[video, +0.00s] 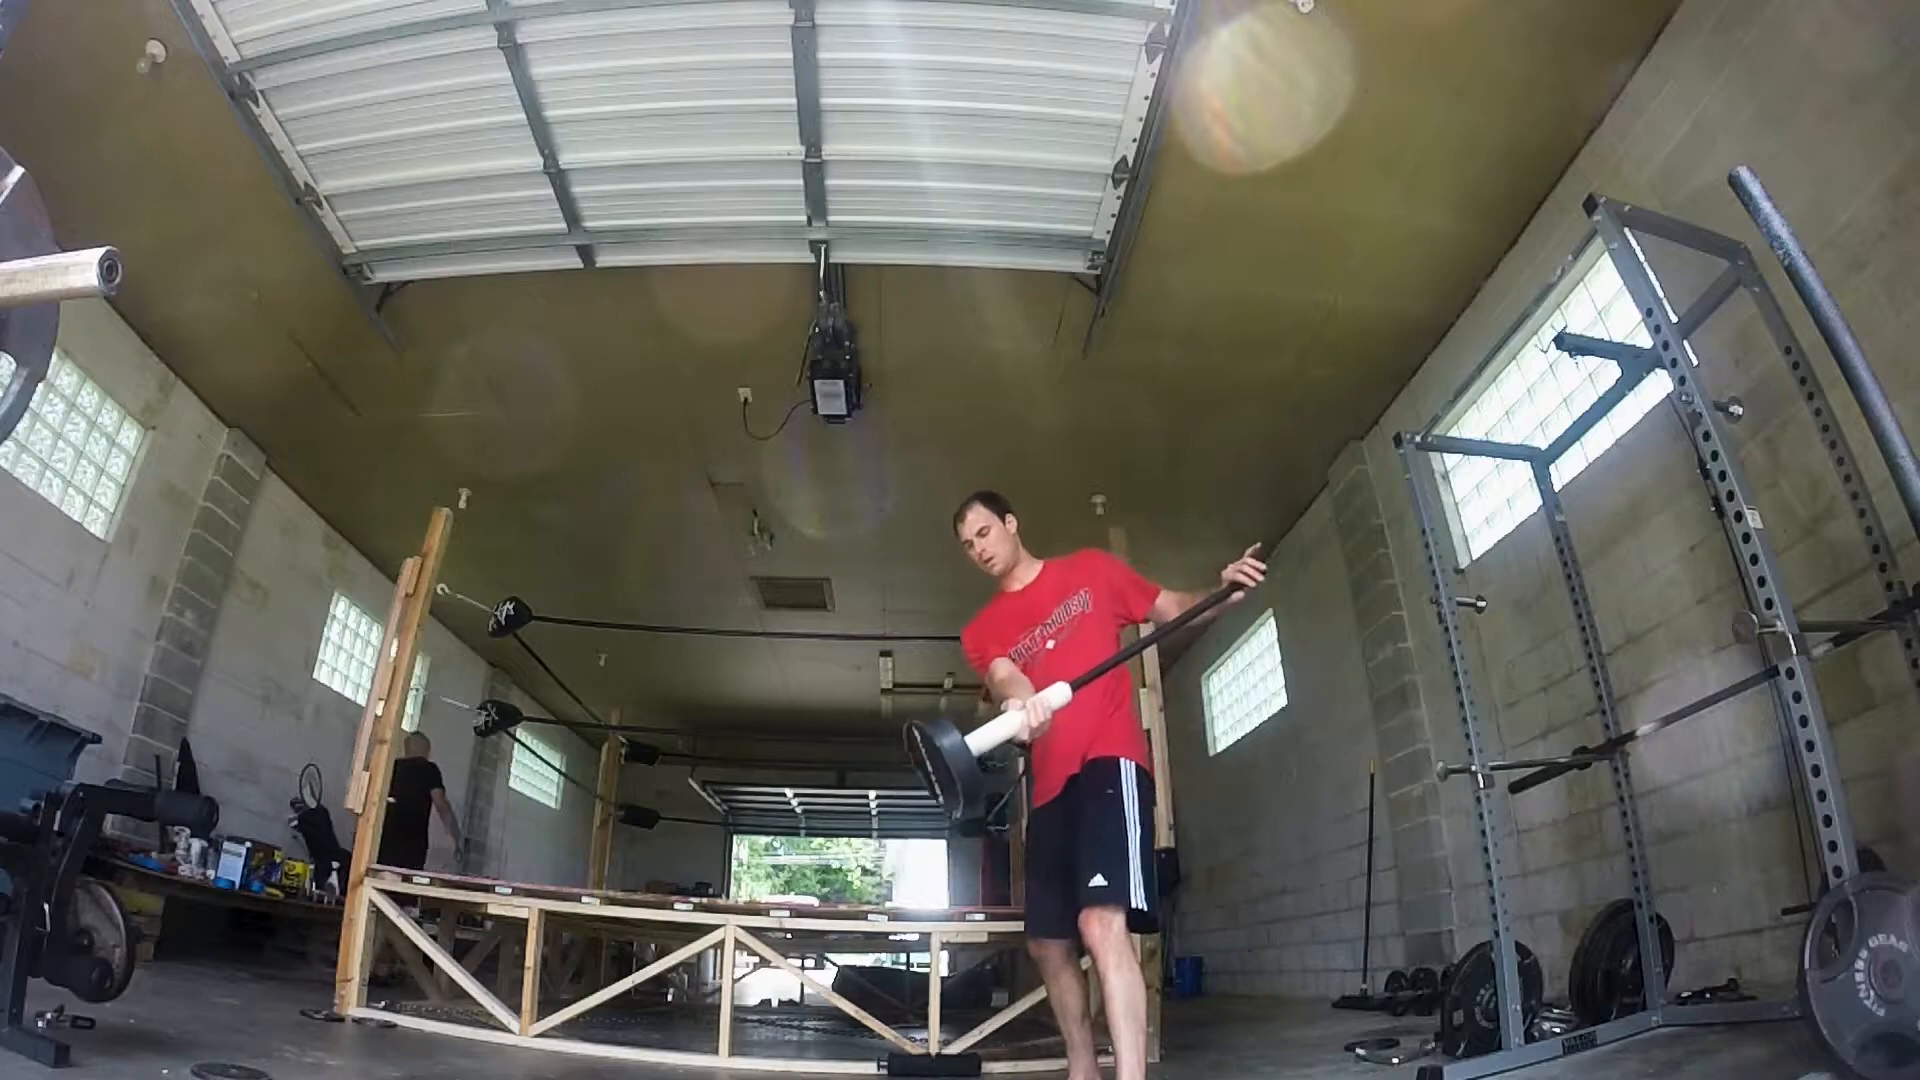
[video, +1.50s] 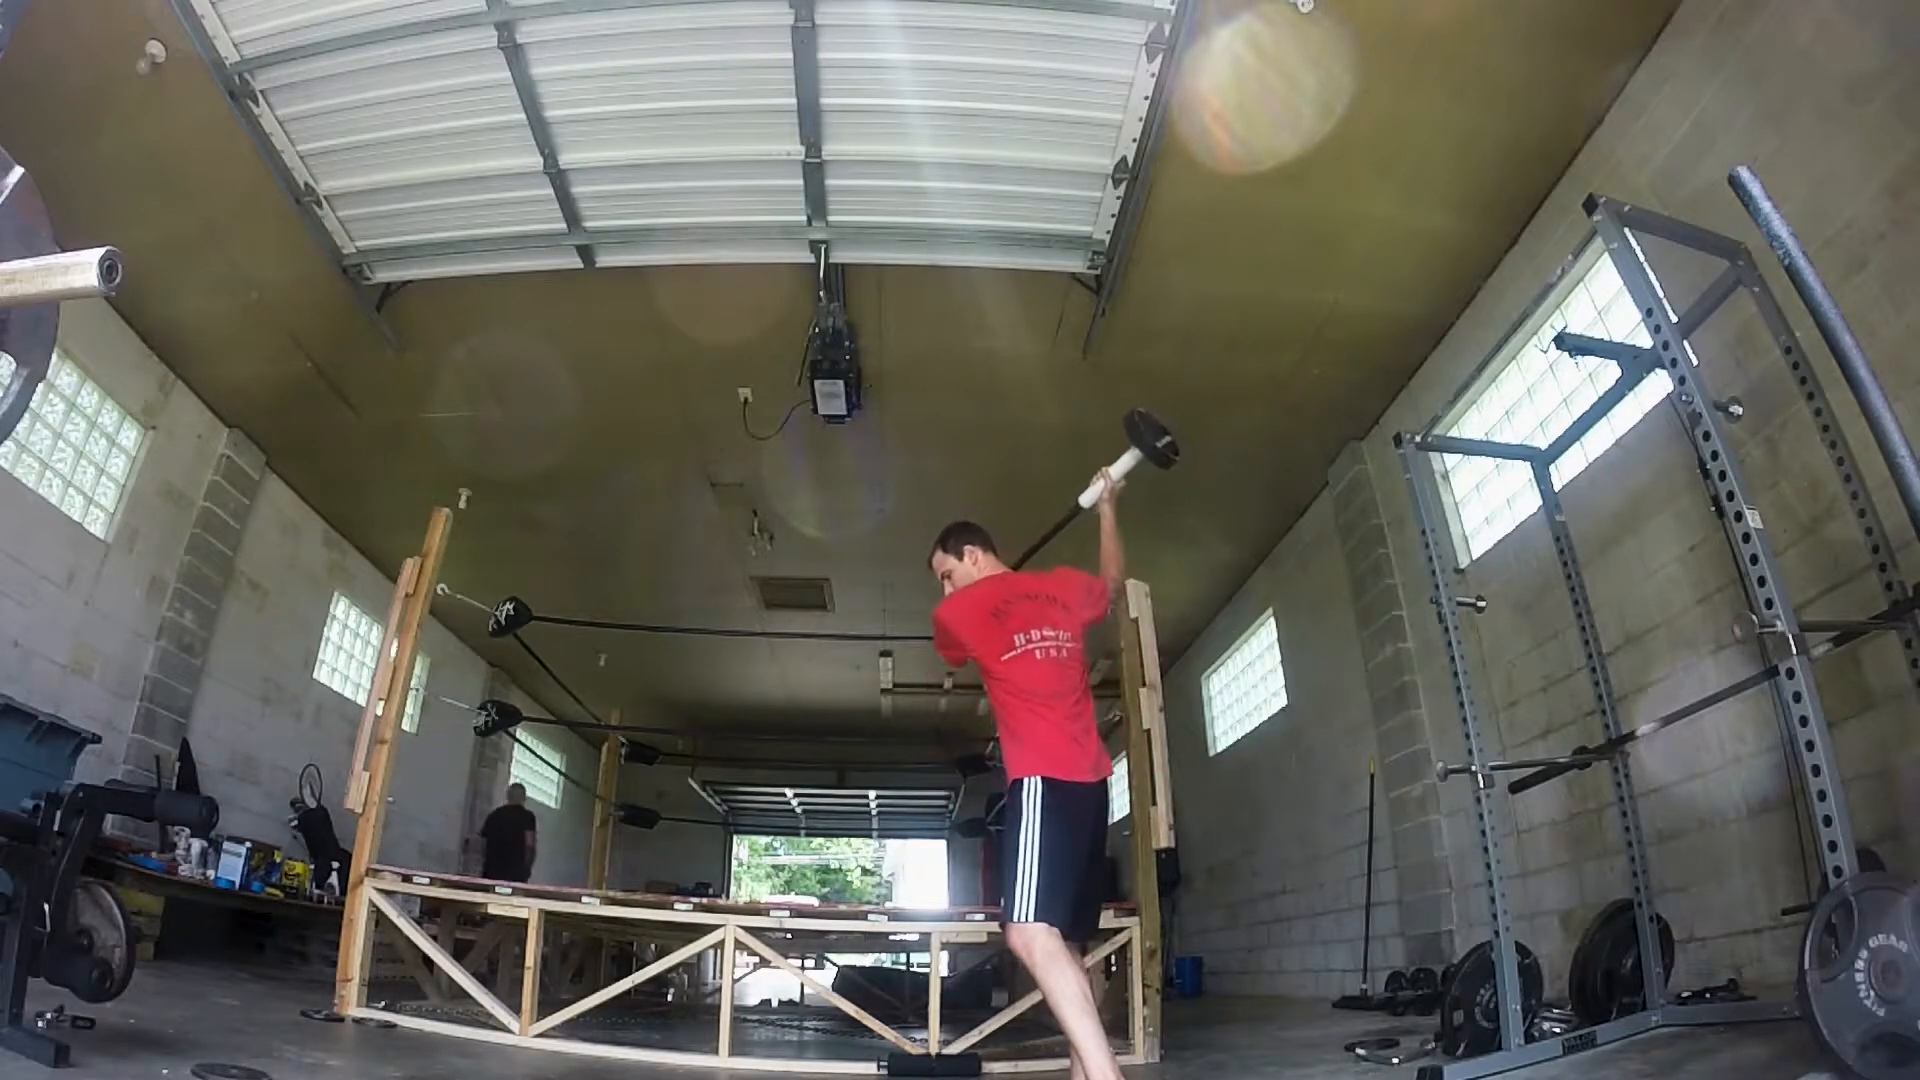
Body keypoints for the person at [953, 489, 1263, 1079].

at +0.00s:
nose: (978, 548)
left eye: (983, 532)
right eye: (968, 543)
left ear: (1011, 524)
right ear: (967, 553)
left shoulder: (1090, 569)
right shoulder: (982, 628)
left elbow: (1175, 609)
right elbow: (1001, 679)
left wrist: (1224, 589)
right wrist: (1024, 699)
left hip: (1110, 757)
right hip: (1049, 779)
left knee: (1101, 923)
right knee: (1046, 942)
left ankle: (1132, 1075)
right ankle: (1084, 1072)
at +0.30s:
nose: (975, 564)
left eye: (981, 548)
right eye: (966, 559)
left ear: (1010, 536)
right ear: (967, 567)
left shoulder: (1081, 572)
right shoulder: (996, 645)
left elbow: (1166, 601)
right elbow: (1009, 727)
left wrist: (1181, 621)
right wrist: (983, 806)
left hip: (1102, 768)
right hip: (1049, 790)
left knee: (1096, 926)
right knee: (1042, 940)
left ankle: (1127, 1074)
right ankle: (1082, 1071)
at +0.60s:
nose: (968, 570)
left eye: (974, 554)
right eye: (961, 563)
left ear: (1003, 542)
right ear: (961, 566)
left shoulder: (1033, 579)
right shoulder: (1045, 589)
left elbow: (1037, 667)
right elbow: (1073, 699)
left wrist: (977, 767)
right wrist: (1027, 769)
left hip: (1083, 765)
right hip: (1073, 769)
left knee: (1066, 929)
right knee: (1064, 931)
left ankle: (1119, 1074)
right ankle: (1086, 1071)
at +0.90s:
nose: (958, 576)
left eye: (961, 561)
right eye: (953, 567)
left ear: (993, 545)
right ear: (998, 552)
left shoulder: (988, 597)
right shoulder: (1075, 594)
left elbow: (939, 693)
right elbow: (1101, 676)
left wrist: (921, 726)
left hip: (1048, 777)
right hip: (1091, 782)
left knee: (1037, 931)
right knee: (1061, 936)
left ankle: (1109, 1073)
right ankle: (1085, 1070)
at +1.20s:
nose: (951, 581)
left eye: (950, 567)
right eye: (946, 570)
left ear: (978, 549)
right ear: (999, 549)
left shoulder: (965, 602)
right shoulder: (1070, 586)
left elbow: (945, 662)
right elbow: (1113, 608)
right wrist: (1114, 533)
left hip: (1035, 777)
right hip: (1088, 780)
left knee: (1028, 932)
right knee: (1066, 938)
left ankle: (1104, 1073)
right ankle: (1087, 1070)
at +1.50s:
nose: (947, 584)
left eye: (945, 574)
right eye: (942, 576)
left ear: (971, 555)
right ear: (992, 552)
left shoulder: (960, 609)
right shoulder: (1066, 585)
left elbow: (954, 656)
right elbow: (1111, 582)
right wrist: (1107, 506)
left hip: (1043, 775)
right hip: (1089, 774)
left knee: (1029, 932)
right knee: (1067, 940)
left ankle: (1104, 1073)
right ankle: (1090, 1071)